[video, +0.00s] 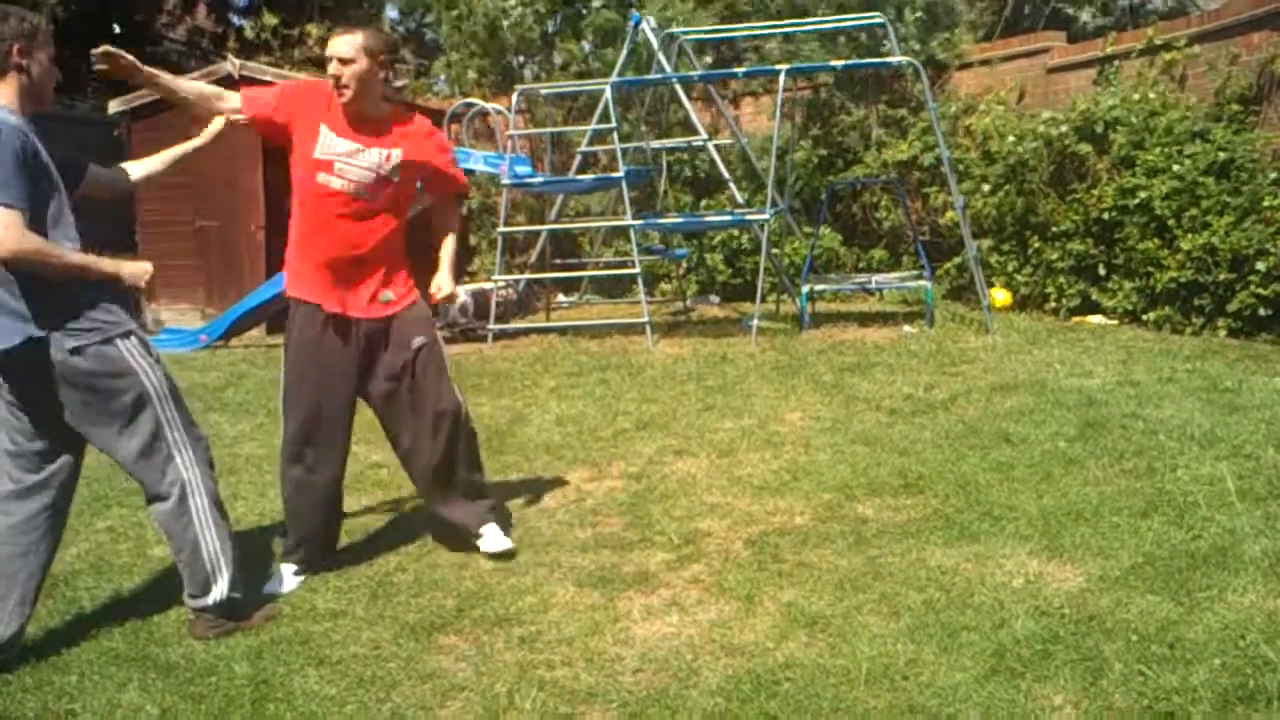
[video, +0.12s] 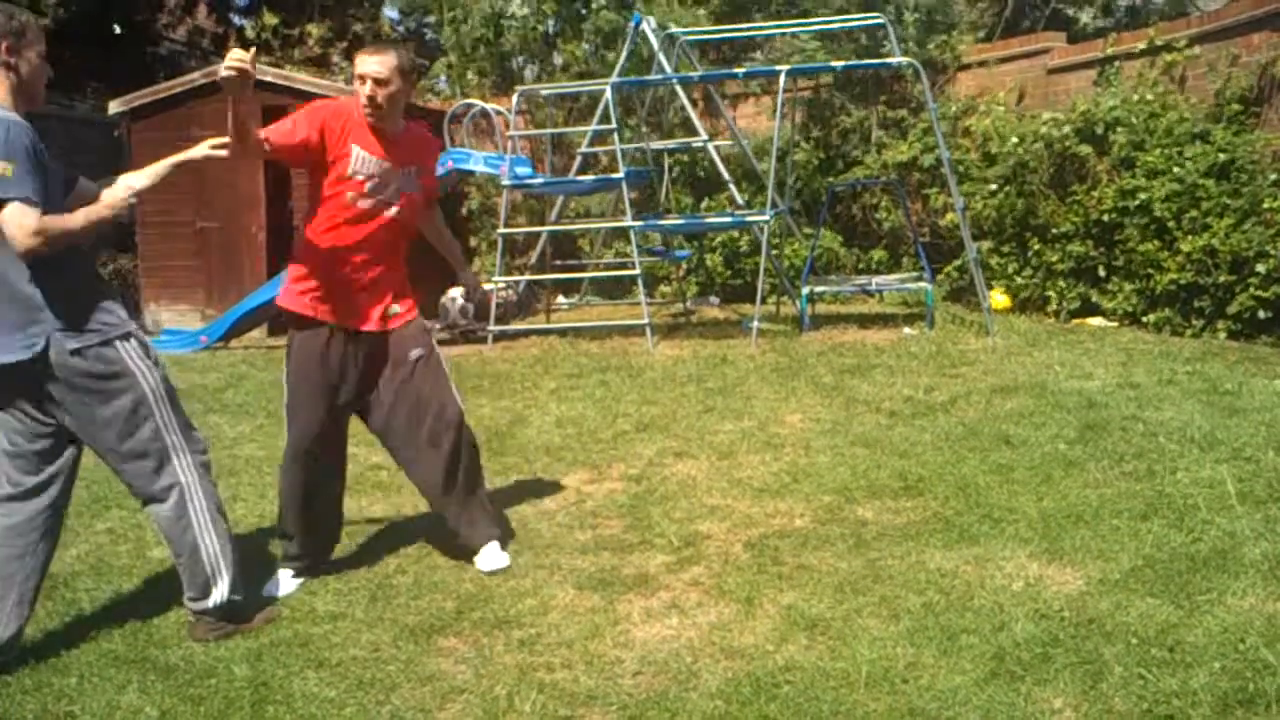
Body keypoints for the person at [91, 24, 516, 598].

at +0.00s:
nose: (334, 71)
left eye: (345, 62)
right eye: (330, 61)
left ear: (380, 67)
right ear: (326, 64)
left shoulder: (418, 135)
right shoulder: (305, 101)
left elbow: (452, 201)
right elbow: (224, 101)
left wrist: (447, 269)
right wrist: (145, 75)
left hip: (391, 295)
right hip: (316, 296)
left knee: (440, 409)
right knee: (309, 428)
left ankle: (476, 516)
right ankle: (302, 552)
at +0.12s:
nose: (369, 91)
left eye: (381, 82)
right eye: (362, 80)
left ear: (407, 88)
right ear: (352, 82)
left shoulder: (422, 142)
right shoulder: (328, 119)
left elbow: (425, 211)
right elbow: (250, 148)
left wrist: (462, 267)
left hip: (389, 307)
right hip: (318, 306)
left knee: (441, 422)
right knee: (308, 440)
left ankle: (482, 537)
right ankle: (301, 557)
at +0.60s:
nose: (283, 88)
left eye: (292, 76)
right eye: (282, 78)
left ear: (329, 75)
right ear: (313, 78)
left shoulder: (391, 130)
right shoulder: (295, 143)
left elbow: (462, 156)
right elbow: (245, 178)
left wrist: (489, 188)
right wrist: (203, 143)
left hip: (391, 331)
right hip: (318, 330)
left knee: (432, 454)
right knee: (270, 451)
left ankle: (500, 551)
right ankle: (238, 569)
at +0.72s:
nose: (236, 104)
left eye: (244, 93)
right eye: (236, 94)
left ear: (276, 94)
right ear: (268, 96)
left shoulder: (311, 125)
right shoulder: (285, 150)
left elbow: (358, 135)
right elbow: (318, 227)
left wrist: (347, 97)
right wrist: (284, 279)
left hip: (338, 327)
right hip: (294, 331)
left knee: (392, 450)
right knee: (245, 443)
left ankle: (489, 535)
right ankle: (230, 568)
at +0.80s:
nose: (220, 117)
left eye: (228, 105)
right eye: (219, 107)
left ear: (254, 108)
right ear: (235, 117)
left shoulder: (276, 141)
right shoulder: (308, 158)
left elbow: (268, 101)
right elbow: (360, 232)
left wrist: (223, 55)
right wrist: (304, 309)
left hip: (317, 330)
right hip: (297, 331)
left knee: (359, 462)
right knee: (240, 455)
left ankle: (469, 538)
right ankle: (226, 581)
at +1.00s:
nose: (184, 125)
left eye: (190, 116)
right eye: (182, 118)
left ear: (218, 118)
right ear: (242, 122)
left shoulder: (229, 144)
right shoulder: (287, 171)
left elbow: (198, 128)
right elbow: (348, 224)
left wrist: (114, 98)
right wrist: (408, 273)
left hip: (279, 332)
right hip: (257, 341)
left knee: (313, 462)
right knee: (202, 453)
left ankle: (458, 532)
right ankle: (218, 582)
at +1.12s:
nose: (176, 91)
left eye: (187, 78)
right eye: (177, 80)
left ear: (225, 85)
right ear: (218, 88)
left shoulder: (247, 118)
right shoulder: (220, 141)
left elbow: (252, 162)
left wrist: (156, 165)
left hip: (277, 320)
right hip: (232, 327)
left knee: (303, 463)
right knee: (202, 459)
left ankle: (424, 526)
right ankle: (217, 581)